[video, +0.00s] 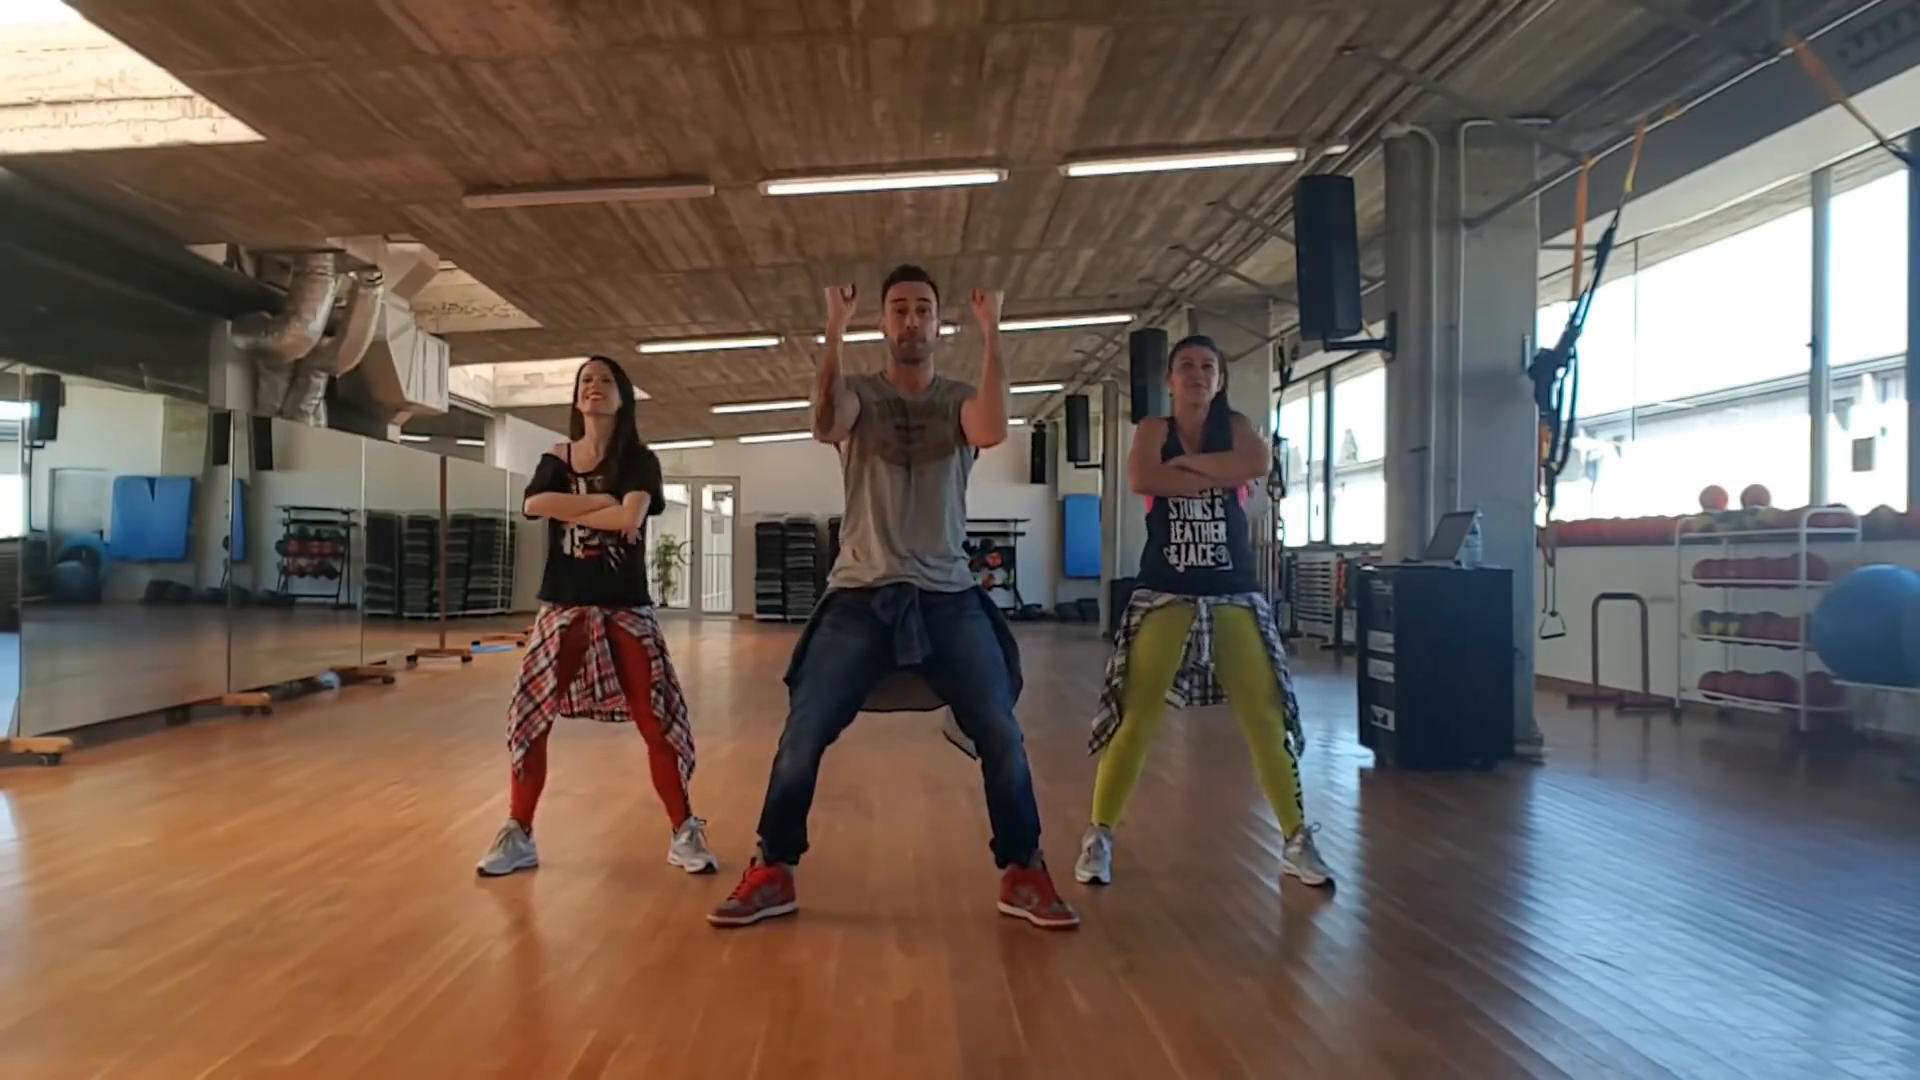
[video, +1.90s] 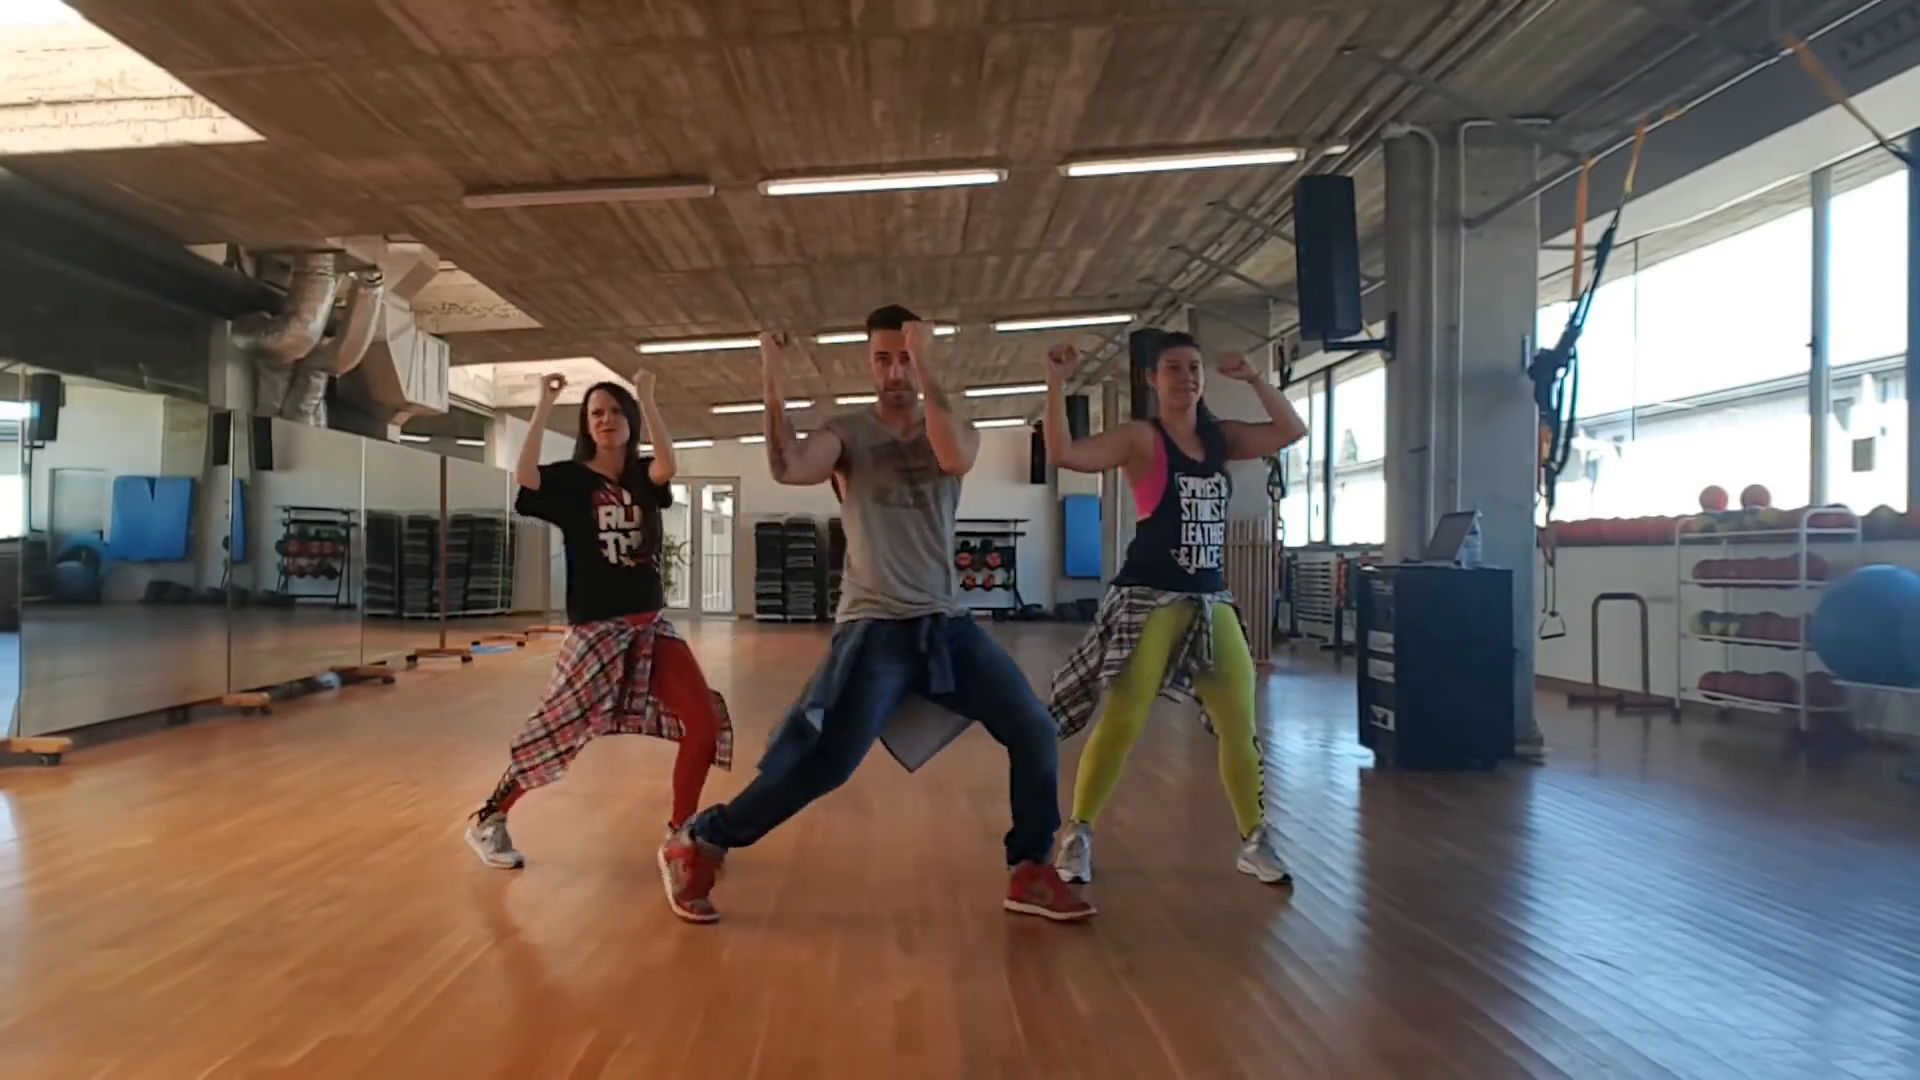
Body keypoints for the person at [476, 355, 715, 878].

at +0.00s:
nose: (595, 388)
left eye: (606, 382)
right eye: (587, 382)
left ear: (624, 397)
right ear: (577, 397)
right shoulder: (557, 456)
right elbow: (535, 504)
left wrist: (564, 510)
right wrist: (609, 505)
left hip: (625, 605)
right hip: (563, 604)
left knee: (656, 721)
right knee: (531, 714)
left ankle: (685, 831)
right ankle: (519, 835)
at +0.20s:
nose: (609, 391)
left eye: (618, 383)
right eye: (600, 386)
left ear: (637, 396)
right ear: (590, 400)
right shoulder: (569, 458)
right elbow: (515, 494)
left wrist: (618, 545)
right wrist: (567, 499)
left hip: (641, 606)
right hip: (578, 607)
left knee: (670, 724)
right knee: (540, 716)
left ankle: (686, 833)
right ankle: (518, 834)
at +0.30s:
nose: (620, 389)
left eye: (628, 381)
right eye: (611, 384)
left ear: (648, 390)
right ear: (601, 397)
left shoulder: (665, 449)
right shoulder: (577, 450)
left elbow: (695, 464)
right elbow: (513, 452)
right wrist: (501, 452)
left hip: (659, 600)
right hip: (596, 601)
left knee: (676, 722)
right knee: (559, 714)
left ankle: (687, 832)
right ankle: (527, 831)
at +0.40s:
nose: (630, 392)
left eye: (638, 383)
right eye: (620, 387)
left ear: (656, 391)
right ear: (611, 400)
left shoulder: (677, 451)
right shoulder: (591, 454)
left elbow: (715, 438)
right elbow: (525, 450)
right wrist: (492, 398)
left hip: (673, 600)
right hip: (613, 598)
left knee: (686, 719)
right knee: (588, 709)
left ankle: (687, 831)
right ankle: (584, 812)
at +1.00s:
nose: (592, 423)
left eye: (600, 415)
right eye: (584, 417)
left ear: (620, 423)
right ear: (574, 428)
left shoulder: (631, 481)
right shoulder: (563, 480)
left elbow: (654, 491)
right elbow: (521, 491)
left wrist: (653, 417)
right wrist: (529, 425)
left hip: (626, 628)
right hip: (569, 629)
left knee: (656, 729)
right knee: (516, 720)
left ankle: (696, 831)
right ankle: (527, 832)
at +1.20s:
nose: (565, 404)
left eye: (575, 397)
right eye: (558, 397)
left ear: (594, 409)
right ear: (547, 410)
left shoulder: (603, 463)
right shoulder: (532, 458)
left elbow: (636, 468)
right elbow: (489, 461)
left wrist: (630, 398)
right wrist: (509, 393)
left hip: (591, 606)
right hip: (532, 606)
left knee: (623, 708)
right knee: (503, 725)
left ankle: (661, 818)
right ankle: (525, 829)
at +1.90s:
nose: (607, 420)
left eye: (615, 412)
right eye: (597, 413)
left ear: (631, 422)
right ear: (585, 425)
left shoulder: (645, 479)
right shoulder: (569, 480)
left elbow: (666, 465)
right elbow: (525, 476)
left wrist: (647, 402)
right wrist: (544, 405)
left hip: (651, 626)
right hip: (595, 631)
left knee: (703, 722)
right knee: (559, 732)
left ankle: (681, 837)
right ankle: (490, 817)